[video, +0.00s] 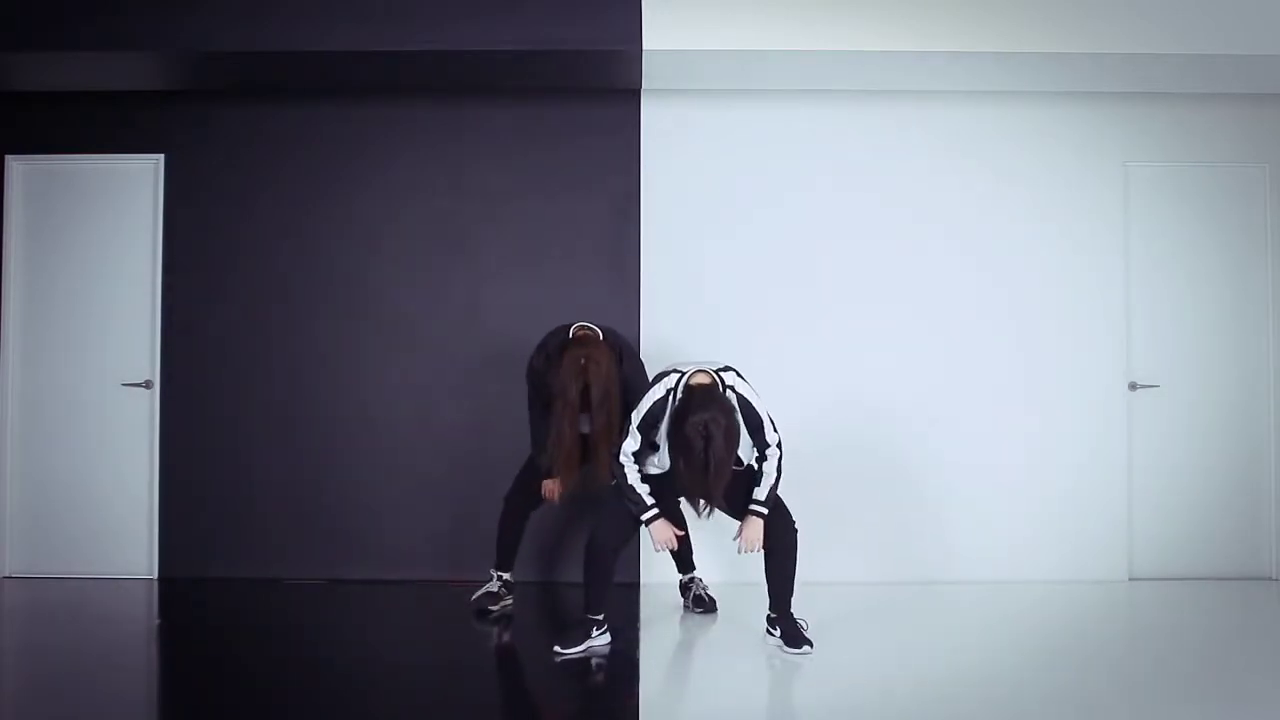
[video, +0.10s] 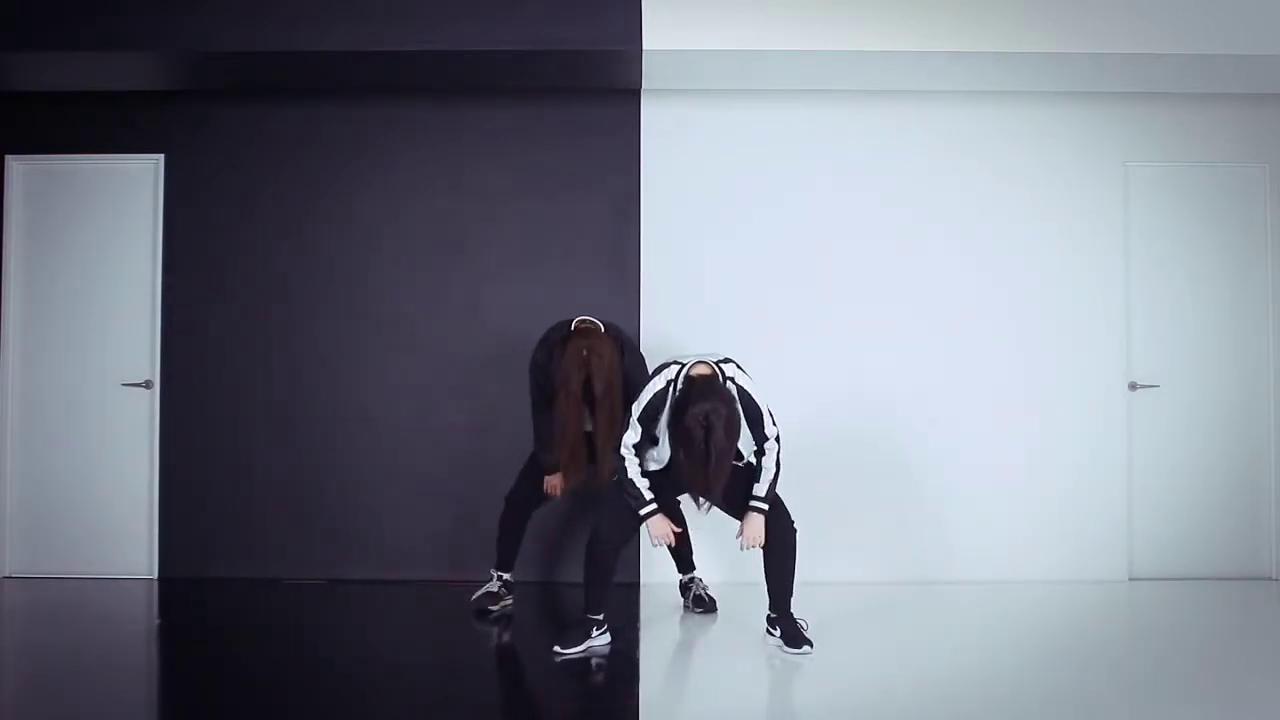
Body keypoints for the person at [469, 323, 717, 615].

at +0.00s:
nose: (589, 396)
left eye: (595, 391)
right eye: (582, 391)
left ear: (606, 366)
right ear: (565, 368)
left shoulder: (624, 356)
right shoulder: (544, 358)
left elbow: (644, 414)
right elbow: (540, 419)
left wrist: (636, 462)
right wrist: (549, 470)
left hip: (620, 442)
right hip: (564, 443)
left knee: (666, 502)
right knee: (517, 501)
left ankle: (690, 580)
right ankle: (502, 580)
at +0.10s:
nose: (592, 390)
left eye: (598, 382)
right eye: (584, 383)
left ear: (608, 359)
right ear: (568, 359)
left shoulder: (627, 353)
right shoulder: (548, 351)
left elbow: (645, 408)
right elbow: (542, 412)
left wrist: (641, 459)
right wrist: (551, 466)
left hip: (621, 442)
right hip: (565, 442)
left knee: (665, 503)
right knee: (517, 504)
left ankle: (689, 581)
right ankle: (502, 581)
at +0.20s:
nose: (595, 378)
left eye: (601, 370)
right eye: (586, 371)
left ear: (610, 349)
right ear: (570, 350)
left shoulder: (627, 345)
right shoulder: (550, 344)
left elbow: (645, 399)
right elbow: (544, 407)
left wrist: (645, 451)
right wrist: (552, 462)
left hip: (621, 440)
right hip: (565, 441)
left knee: (663, 503)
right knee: (519, 504)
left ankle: (689, 582)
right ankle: (502, 581)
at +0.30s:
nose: (594, 370)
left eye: (599, 363)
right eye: (586, 364)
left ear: (610, 343)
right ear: (570, 343)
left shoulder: (626, 337)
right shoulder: (552, 337)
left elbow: (645, 391)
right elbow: (544, 401)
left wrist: (645, 447)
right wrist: (552, 457)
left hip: (621, 439)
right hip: (567, 440)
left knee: (663, 503)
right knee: (520, 503)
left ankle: (690, 581)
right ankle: (501, 581)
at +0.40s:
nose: (593, 365)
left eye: (599, 359)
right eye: (586, 359)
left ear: (610, 337)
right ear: (571, 339)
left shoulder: (626, 333)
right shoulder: (552, 333)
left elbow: (646, 391)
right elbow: (544, 398)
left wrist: (642, 446)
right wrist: (551, 454)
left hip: (622, 438)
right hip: (568, 440)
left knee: (662, 502)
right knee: (521, 504)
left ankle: (690, 582)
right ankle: (501, 581)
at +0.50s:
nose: (594, 361)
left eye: (600, 355)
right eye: (587, 355)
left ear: (611, 335)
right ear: (573, 337)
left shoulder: (626, 330)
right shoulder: (554, 330)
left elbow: (645, 387)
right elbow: (544, 393)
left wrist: (642, 444)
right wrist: (549, 450)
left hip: (619, 437)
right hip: (567, 439)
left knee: (660, 501)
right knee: (523, 503)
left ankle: (690, 583)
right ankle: (501, 582)